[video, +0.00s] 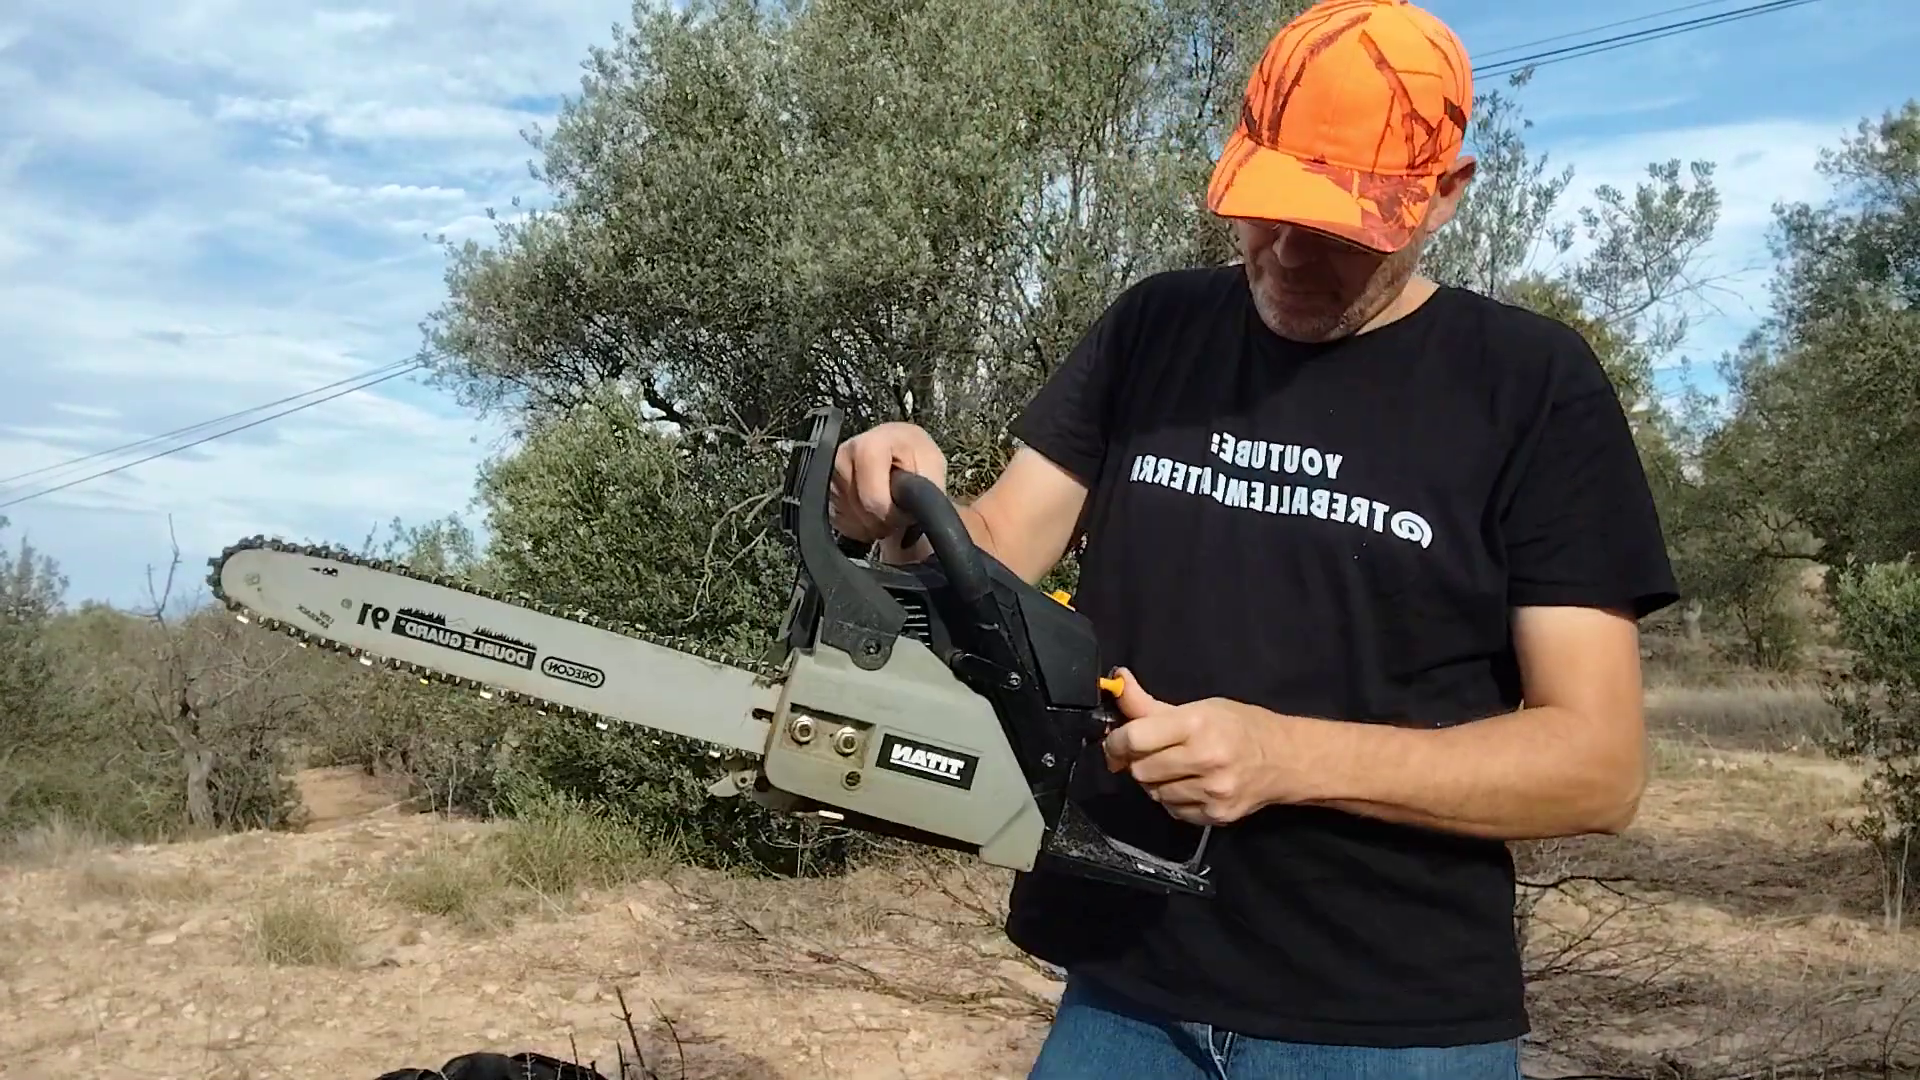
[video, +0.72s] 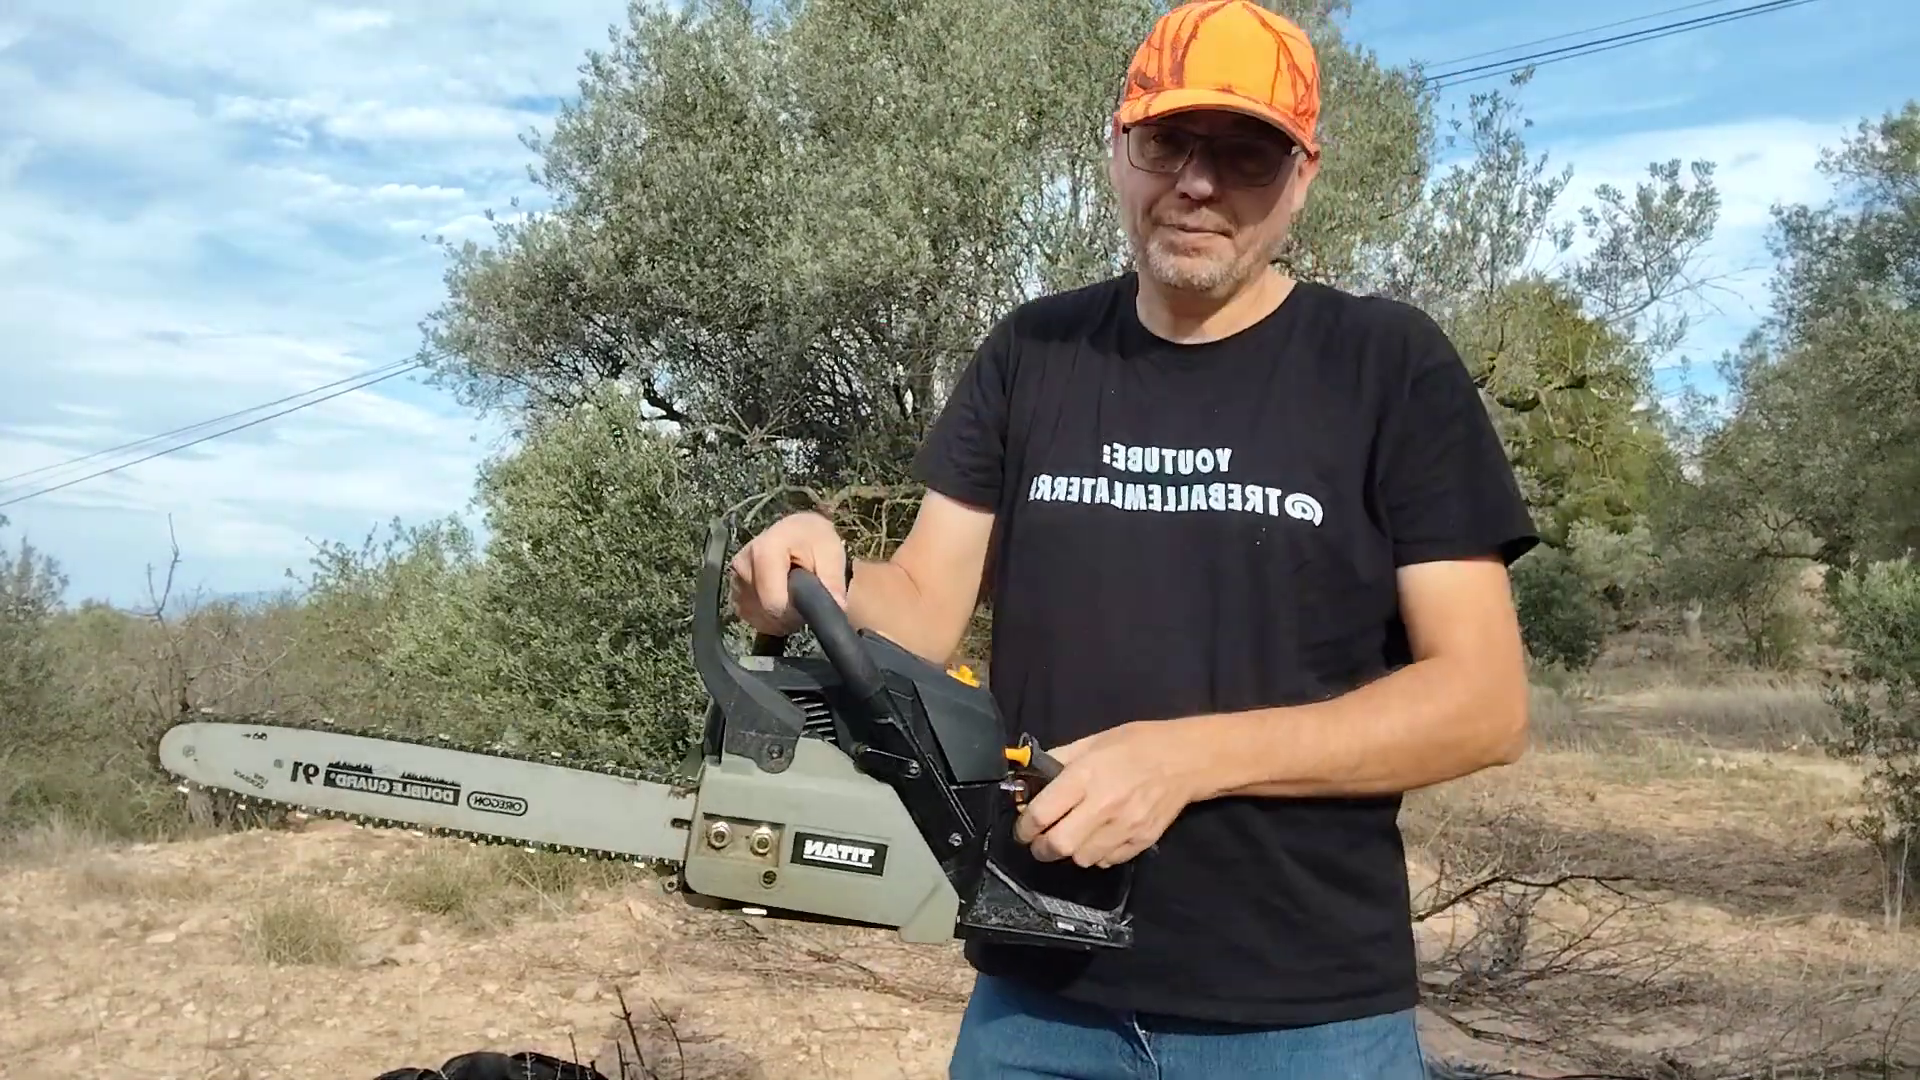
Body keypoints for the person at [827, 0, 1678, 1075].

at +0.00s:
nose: (1283, 254)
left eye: (1337, 226)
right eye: (1265, 203)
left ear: (1434, 204)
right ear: (1237, 162)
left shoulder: (1534, 386)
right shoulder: (1157, 328)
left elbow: (1597, 762)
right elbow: (979, 571)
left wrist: (1289, 755)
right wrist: (905, 503)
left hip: (1405, 1038)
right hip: (1126, 1010)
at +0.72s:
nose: (1197, 183)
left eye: (1242, 154)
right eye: (1167, 144)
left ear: (1301, 177)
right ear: (1117, 153)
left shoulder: (1390, 364)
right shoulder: (1032, 353)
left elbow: (1483, 701)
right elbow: (922, 607)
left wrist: (1191, 758)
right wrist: (817, 559)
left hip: (1312, 1022)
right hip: (1040, 1006)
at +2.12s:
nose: (1237, 207)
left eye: (1281, 175)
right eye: (1208, 168)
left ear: (1342, 195)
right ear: (1164, 179)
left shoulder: (1410, 350)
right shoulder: (1094, 364)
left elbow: (1417, 680)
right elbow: (948, 601)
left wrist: (1086, 785)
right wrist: (931, 719)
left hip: (1349, 1017)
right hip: (1095, 1000)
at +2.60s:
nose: (1300, 206)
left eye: (1347, 174)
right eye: (1271, 165)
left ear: (1404, 201)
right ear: (1220, 175)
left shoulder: (1486, 345)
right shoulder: (1138, 356)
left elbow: (1767, 560)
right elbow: (967, 581)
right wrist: (996, 769)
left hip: (1397, 976)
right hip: (1144, 955)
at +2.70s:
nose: (1326, 199)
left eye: (1371, 169)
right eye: (1297, 158)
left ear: (1420, 188)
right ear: (1237, 157)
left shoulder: (1485, 353)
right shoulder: (1136, 347)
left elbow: (1709, 577)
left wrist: (1728, 399)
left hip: (1414, 998)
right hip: (1147, 985)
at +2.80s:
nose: (1331, 206)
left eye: (1376, 175)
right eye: (1303, 164)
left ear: (1424, 193)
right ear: (1242, 156)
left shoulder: (1485, 362)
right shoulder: (1136, 349)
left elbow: (1688, 627)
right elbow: (985, 616)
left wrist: (1635, 469)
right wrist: (1014, 842)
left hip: (1428, 1010)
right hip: (1158, 999)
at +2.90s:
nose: (1334, 207)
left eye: (1379, 175)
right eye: (1303, 163)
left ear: (1429, 193)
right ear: (1244, 160)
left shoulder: (1483, 367)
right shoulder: (1139, 345)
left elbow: (1638, 667)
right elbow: (987, 607)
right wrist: (1006, 833)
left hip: (1425, 1014)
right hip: (1159, 1000)